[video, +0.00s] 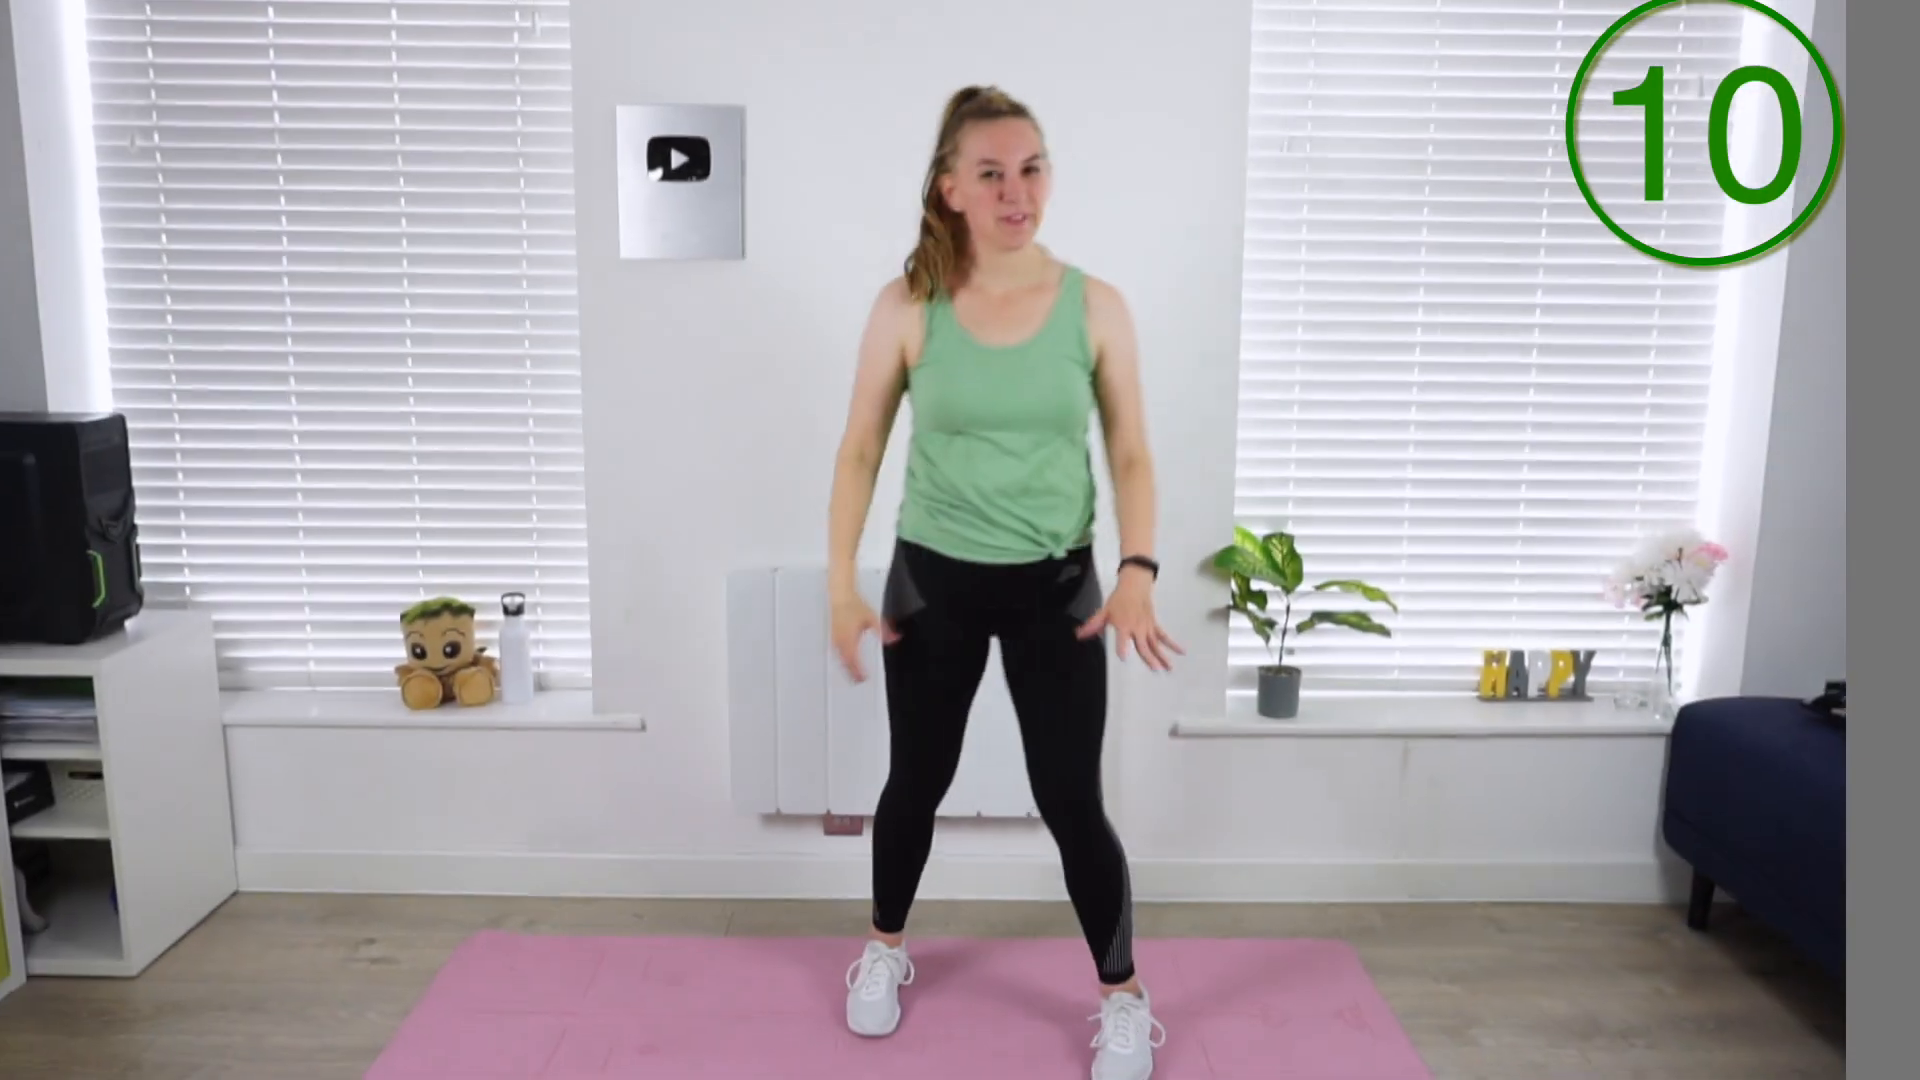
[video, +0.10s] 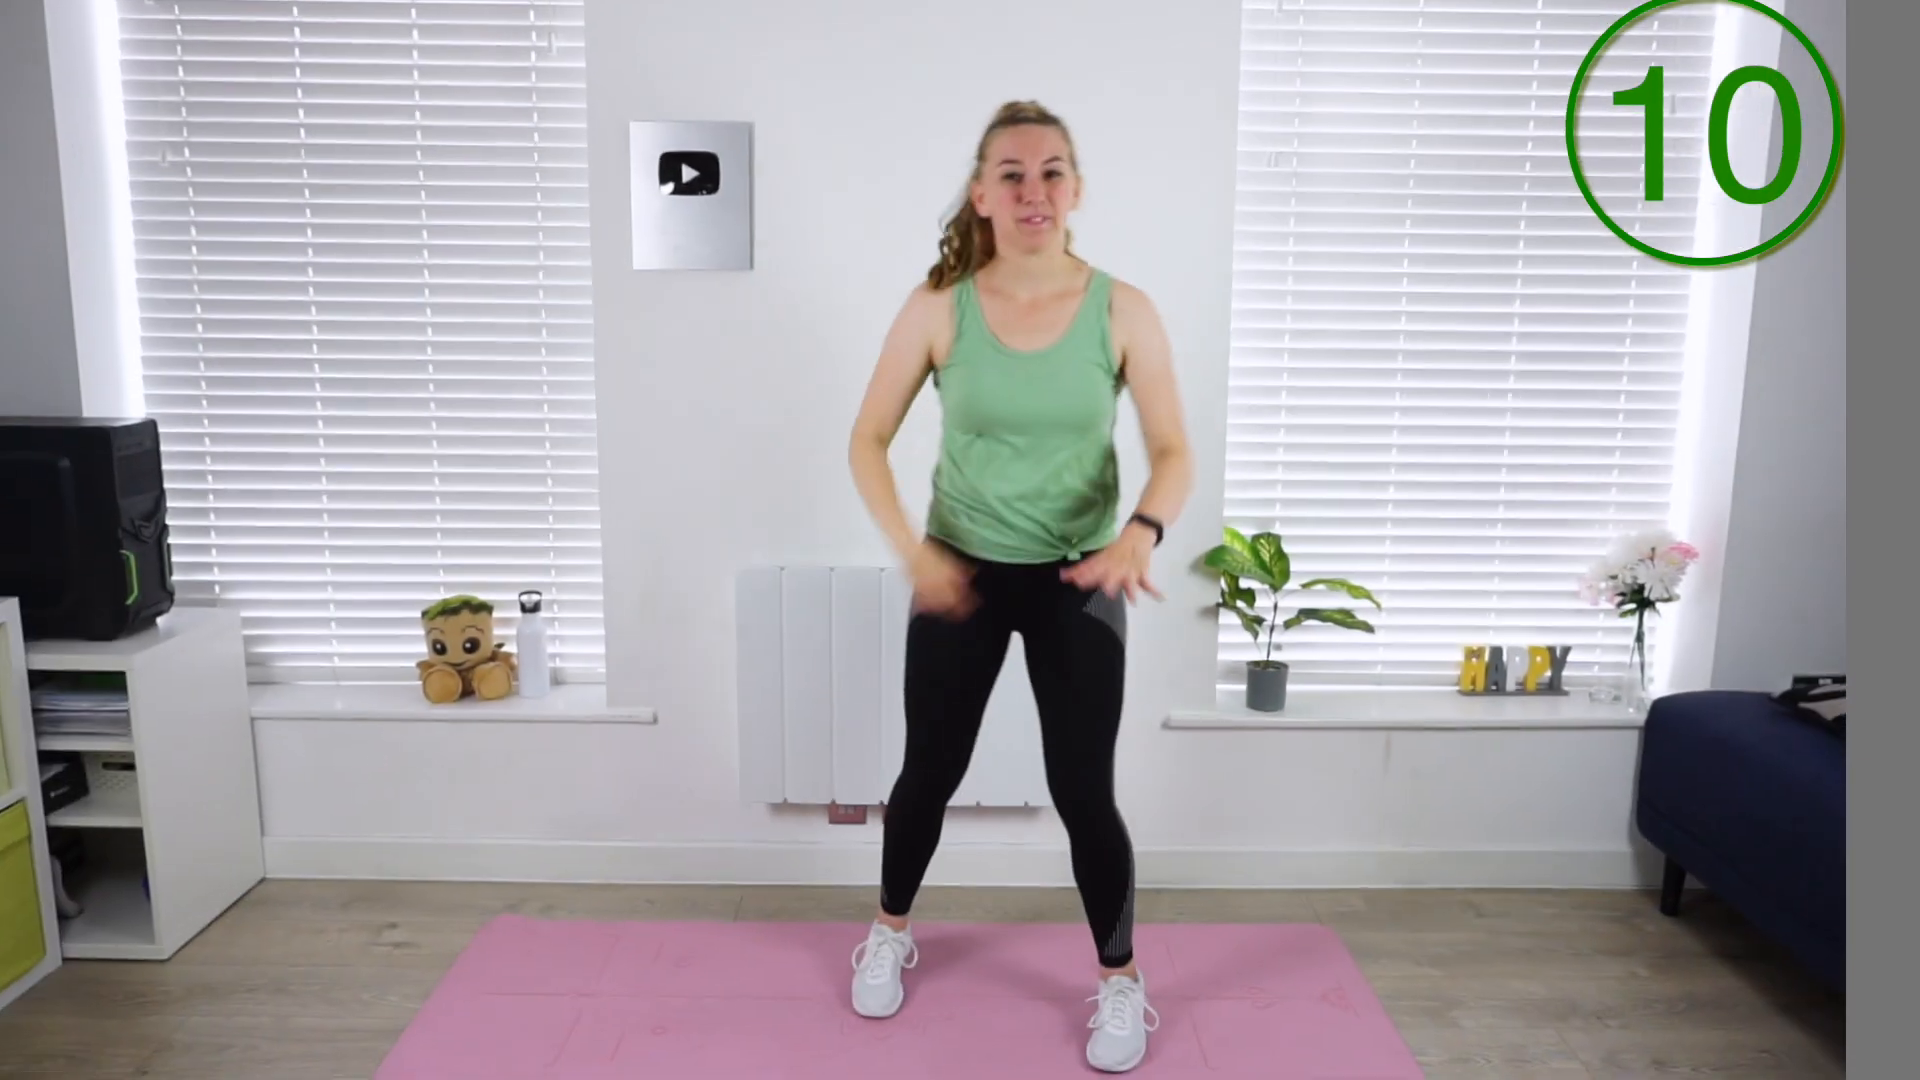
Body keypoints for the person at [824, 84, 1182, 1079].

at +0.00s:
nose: (1016, 191)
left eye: (1030, 170)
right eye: (991, 173)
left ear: (1048, 177)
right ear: (948, 188)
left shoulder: (1094, 307)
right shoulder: (907, 308)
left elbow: (1131, 455)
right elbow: (859, 454)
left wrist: (1136, 569)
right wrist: (844, 586)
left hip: (1057, 582)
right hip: (935, 578)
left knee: (1071, 802)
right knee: (915, 780)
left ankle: (1122, 998)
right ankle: (883, 947)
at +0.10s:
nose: (1034, 191)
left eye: (1052, 172)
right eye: (1012, 174)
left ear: (1075, 188)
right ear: (979, 192)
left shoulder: (1122, 311)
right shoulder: (938, 309)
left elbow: (1172, 455)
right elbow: (868, 443)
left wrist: (1137, 538)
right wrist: (915, 556)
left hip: (1078, 571)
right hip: (960, 564)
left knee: (1083, 792)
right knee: (929, 771)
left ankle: (1119, 981)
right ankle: (890, 932)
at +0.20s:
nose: (1052, 205)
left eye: (1071, 186)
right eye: (1033, 186)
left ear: (1097, 200)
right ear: (1004, 200)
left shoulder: (1140, 319)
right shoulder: (961, 307)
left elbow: (1207, 444)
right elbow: (869, 423)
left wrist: (1136, 498)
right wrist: (968, 456)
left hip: (1094, 578)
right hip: (982, 572)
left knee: (1091, 789)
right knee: (939, 773)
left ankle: (1118, 972)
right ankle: (911, 922)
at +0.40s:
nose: (1072, 203)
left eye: (1091, 185)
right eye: (1053, 184)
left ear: (1119, 201)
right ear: (1025, 195)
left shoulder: (1140, 308)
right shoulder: (989, 278)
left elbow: (1207, 390)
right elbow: (871, 322)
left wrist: (1083, 429)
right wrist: (1005, 319)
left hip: (1102, 578)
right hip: (994, 571)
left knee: (1093, 789)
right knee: (979, 784)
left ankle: (1117, 972)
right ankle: (999, 968)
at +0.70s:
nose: (1048, 189)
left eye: (1068, 175)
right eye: (1031, 173)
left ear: (1098, 198)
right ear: (1002, 190)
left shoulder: (1126, 288)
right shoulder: (973, 276)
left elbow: (1122, 347)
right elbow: (849, 298)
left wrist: (987, 355)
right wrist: (968, 282)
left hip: (1102, 577)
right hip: (993, 574)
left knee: (1100, 781)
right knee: (1000, 787)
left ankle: (1119, 971)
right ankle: (1007, 972)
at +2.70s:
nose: (986, 201)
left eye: (1010, 183)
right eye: (973, 182)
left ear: (1055, 199)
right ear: (958, 194)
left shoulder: (1092, 300)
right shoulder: (930, 286)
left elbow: (1075, 334)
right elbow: (824, 358)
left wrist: (940, 311)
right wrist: (936, 372)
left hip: (1072, 577)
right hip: (964, 577)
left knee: (1079, 788)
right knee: (995, 785)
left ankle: (1116, 970)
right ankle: (1006, 971)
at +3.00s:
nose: (982, 207)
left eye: (1004, 190)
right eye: (972, 190)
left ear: (1056, 203)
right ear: (961, 199)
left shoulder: (1092, 308)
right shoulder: (941, 295)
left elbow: (1081, 403)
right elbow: (830, 361)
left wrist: (933, 401)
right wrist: (948, 331)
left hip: (1079, 576)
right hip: (976, 573)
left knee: (1069, 789)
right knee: (1001, 782)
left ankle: (1127, 959)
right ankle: (1006, 970)